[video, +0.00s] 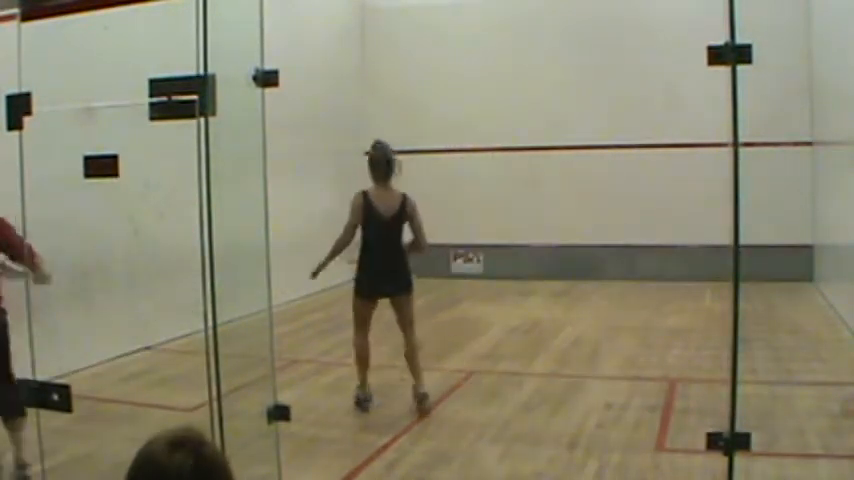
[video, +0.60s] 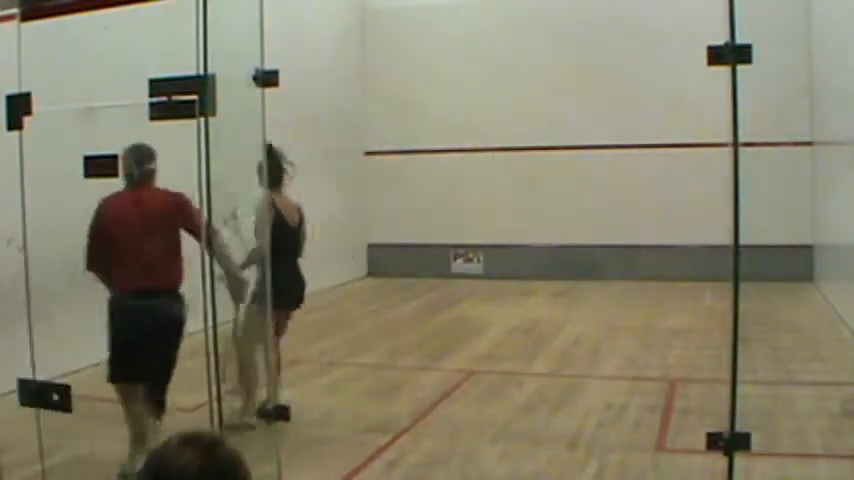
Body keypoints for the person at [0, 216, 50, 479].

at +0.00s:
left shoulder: (4, 227)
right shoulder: (3, 226)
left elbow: (16, 248)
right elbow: (18, 248)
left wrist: (33, 269)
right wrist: (38, 269)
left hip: (2, 317)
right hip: (0, 317)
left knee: (8, 387)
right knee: (7, 385)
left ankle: (20, 460)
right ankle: (19, 460)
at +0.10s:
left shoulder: (7, 230)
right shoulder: (6, 229)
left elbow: (39, 256)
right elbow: (40, 257)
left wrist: (59, 275)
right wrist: (61, 276)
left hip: (5, 327)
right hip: (4, 327)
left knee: (24, 392)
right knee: (24, 391)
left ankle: (51, 463)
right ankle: (51, 464)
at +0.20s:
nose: (8, 213)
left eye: (6, 207)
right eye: (7, 207)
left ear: (5, 210)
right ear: (5, 210)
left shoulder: (18, 248)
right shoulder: (18, 248)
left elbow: (59, 277)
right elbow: (60, 278)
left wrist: (82, 288)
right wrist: (87, 289)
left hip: (13, 345)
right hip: (13, 345)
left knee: (52, 402)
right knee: (50, 402)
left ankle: (87, 471)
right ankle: (88, 471)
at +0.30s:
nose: (44, 212)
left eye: (42, 207)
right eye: (43, 208)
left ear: (13, 213)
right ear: (41, 212)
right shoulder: (53, 247)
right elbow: (93, 280)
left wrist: (116, 294)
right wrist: (122, 297)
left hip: (5, 346)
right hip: (42, 347)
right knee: (81, 413)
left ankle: (99, 473)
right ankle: (99, 474)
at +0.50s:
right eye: (115, 190)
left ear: (90, 195)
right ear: (119, 193)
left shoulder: (74, 224)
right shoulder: (138, 221)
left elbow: (59, 281)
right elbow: (179, 250)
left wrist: (90, 290)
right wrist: (204, 285)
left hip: (83, 326)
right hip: (125, 326)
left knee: (66, 397)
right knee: (117, 403)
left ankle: (57, 471)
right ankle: (111, 471)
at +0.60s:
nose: (129, 173)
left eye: (126, 168)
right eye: (147, 167)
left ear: (126, 170)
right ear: (155, 169)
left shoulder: (109, 207)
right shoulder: (174, 202)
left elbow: (95, 261)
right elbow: (211, 238)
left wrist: (122, 287)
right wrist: (234, 275)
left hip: (126, 307)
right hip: (168, 305)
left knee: (124, 377)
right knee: (154, 388)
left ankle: (148, 446)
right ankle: (137, 461)